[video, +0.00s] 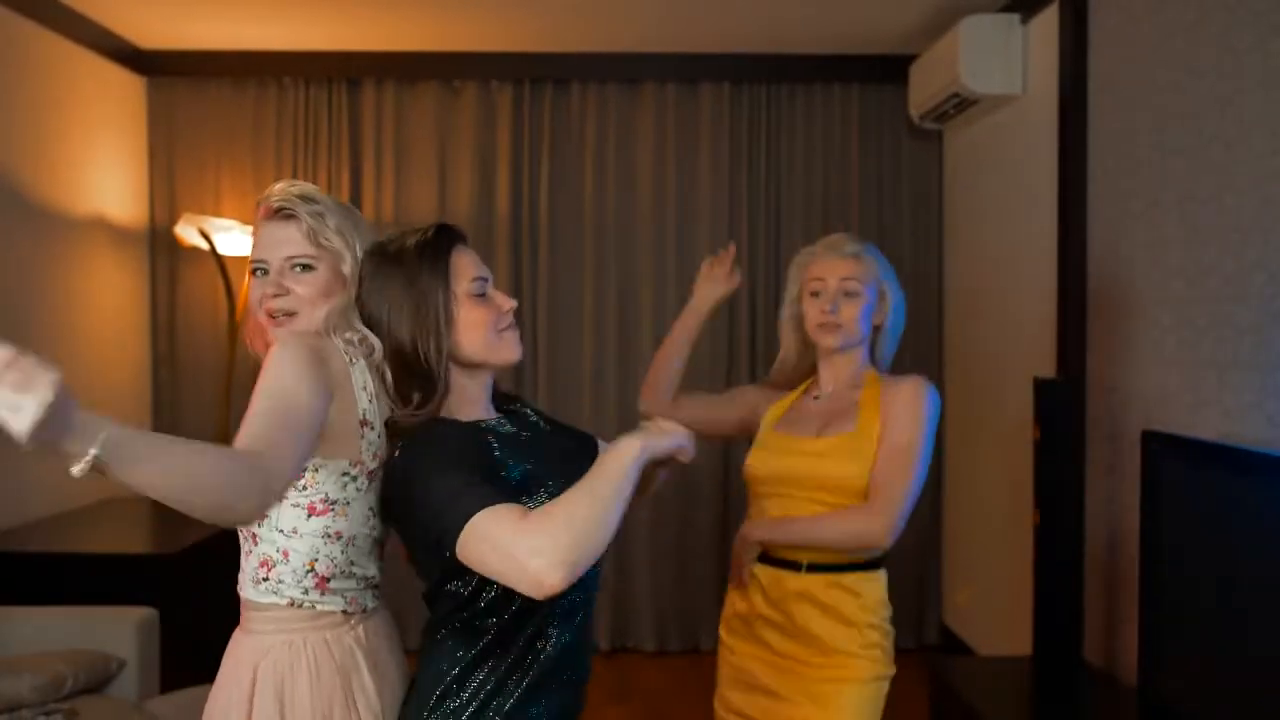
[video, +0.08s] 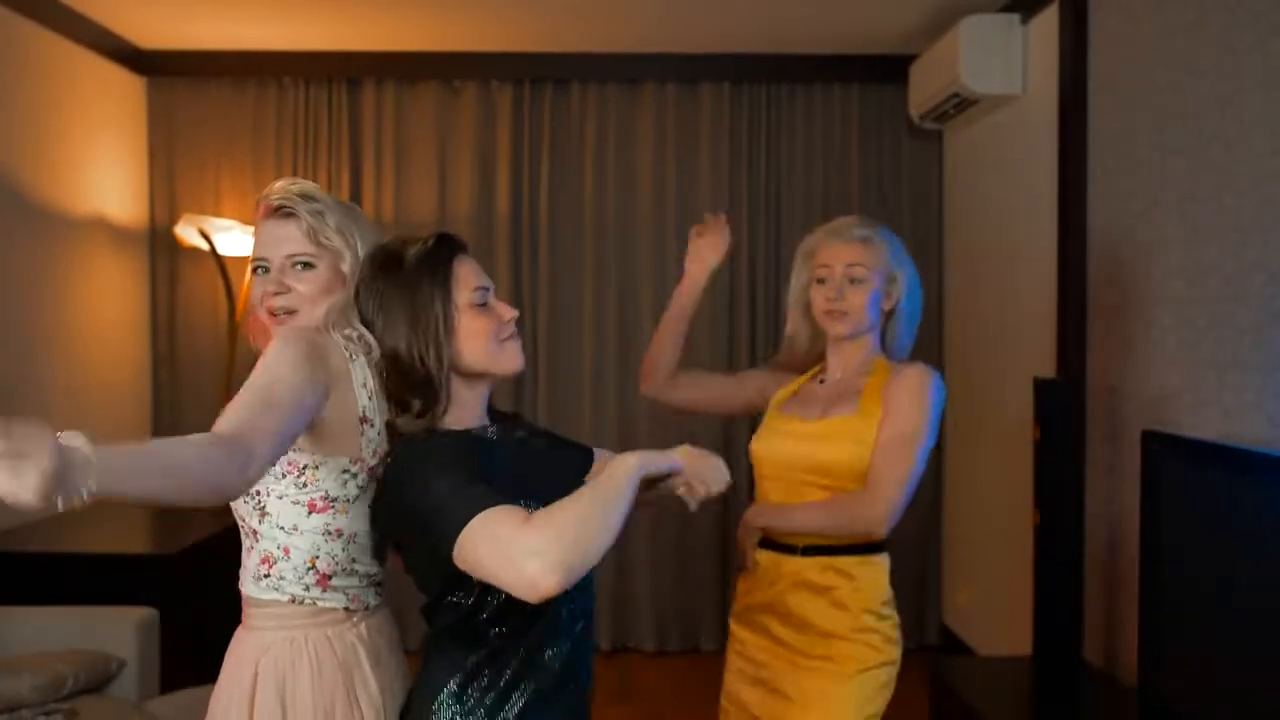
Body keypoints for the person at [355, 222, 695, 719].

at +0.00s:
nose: (508, 302)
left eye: (494, 286)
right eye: (479, 291)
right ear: (424, 322)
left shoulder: (518, 420)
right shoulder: (421, 463)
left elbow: (614, 474)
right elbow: (540, 563)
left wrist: (650, 456)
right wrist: (630, 449)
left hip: (552, 695)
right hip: (472, 703)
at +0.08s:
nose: (510, 312)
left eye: (496, 296)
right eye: (481, 301)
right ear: (424, 330)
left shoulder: (514, 437)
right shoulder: (419, 467)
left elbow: (616, 470)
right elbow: (536, 567)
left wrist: (679, 464)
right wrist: (627, 468)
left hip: (559, 700)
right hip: (475, 707)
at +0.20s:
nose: (513, 323)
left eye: (499, 309)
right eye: (484, 312)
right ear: (427, 344)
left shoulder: (519, 457)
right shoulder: (413, 490)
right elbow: (536, 587)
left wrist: (625, 507)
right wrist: (582, 486)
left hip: (561, 700)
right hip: (472, 706)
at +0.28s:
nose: (513, 331)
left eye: (498, 316)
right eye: (484, 320)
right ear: (429, 350)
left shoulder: (515, 464)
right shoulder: (412, 499)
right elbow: (536, 601)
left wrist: (626, 520)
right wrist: (595, 497)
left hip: (560, 702)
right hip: (471, 707)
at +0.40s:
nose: (509, 338)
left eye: (495, 324)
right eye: (479, 329)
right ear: (424, 360)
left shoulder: (509, 467)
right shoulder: (419, 499)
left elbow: (606, 528)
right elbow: (548, 605)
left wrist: (671, 521)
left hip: (559, 704)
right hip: (468, 709)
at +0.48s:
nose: (507, 337)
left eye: (491, 322)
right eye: (476, 328)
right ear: (422, 359)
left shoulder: (512, 471)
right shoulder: (420, 496)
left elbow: (618, 525)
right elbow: (562, 593)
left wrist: (705, 523)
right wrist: (700, 536)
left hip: (554, 703)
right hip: (470, 709)